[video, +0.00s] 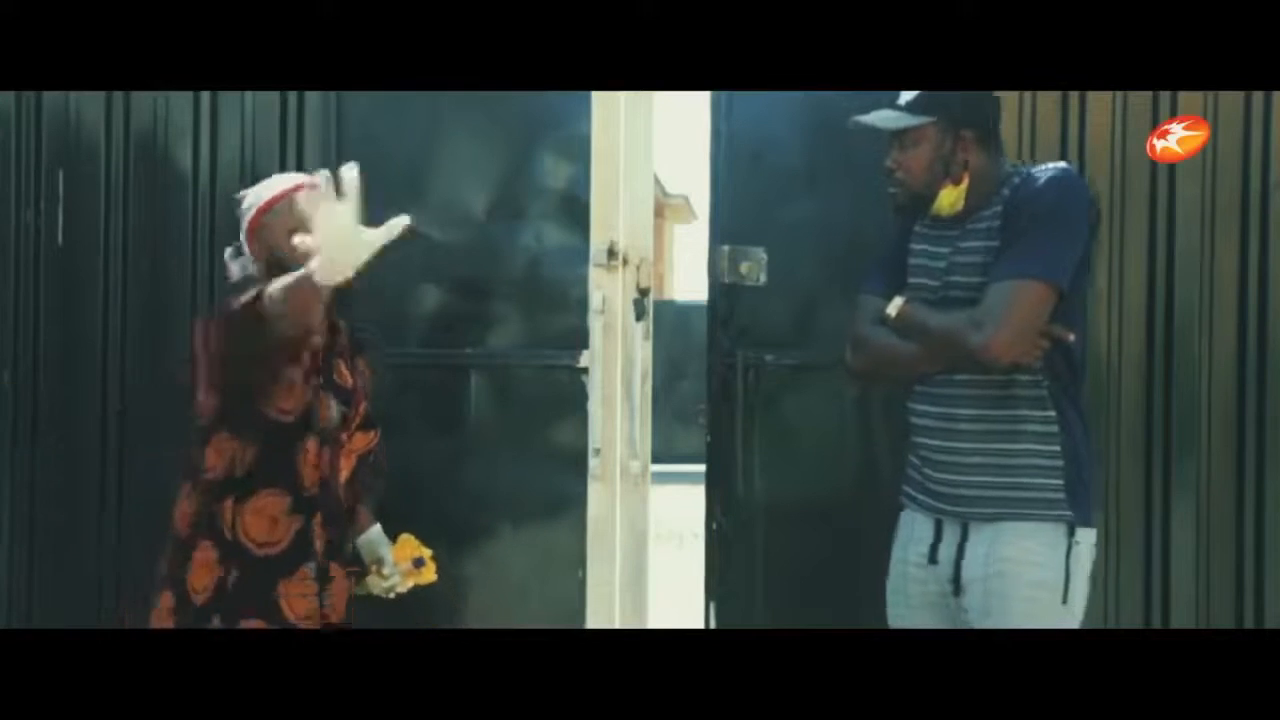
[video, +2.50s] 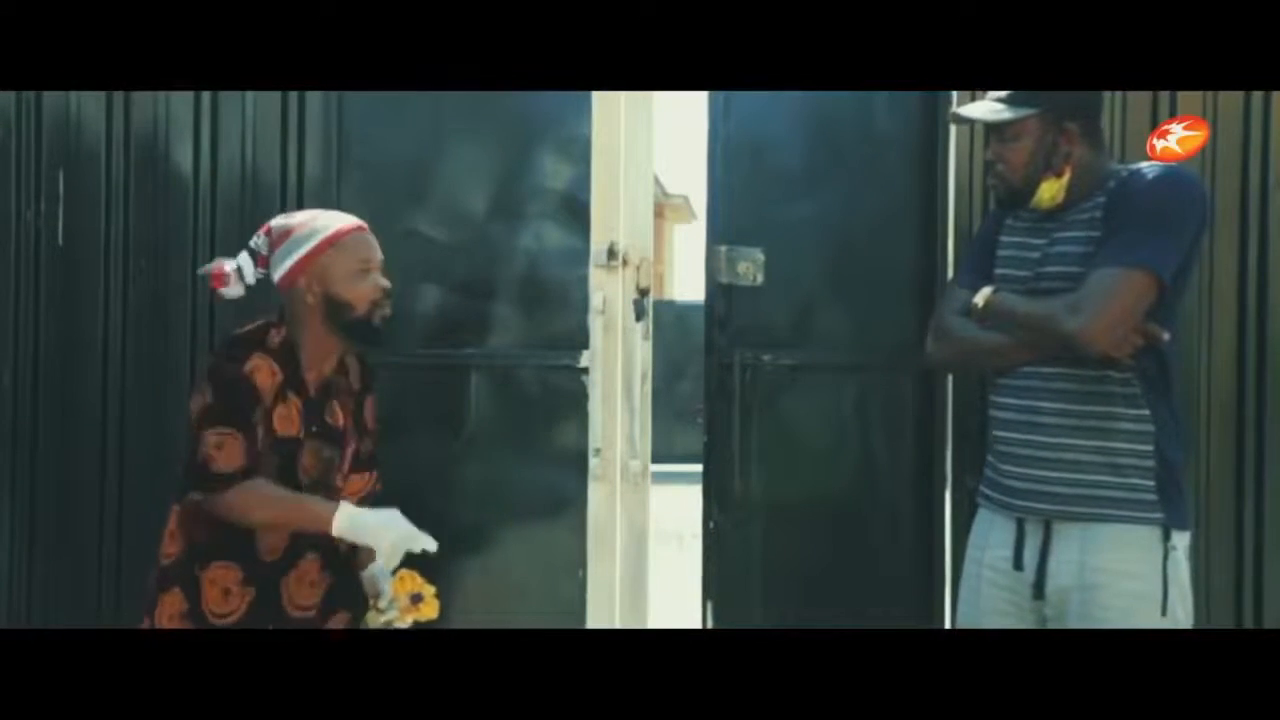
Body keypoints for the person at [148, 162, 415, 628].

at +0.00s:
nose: (313, 241)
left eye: (319, 227)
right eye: (296, 229)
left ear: (332, 231)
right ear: (260, 245)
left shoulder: (343, 347)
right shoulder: (237, 324)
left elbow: (343, 469)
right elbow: (278, 311)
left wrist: (375, 546)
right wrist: (320, 273)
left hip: (315, 554)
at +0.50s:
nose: (358, 290)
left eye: (364, 276)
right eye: (336, 277)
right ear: (282, 288)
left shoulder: (342, 383)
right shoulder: (225, 369)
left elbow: (332, 504)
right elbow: (152, 477)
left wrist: (360, 564)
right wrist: (260, 465)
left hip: (309, 612)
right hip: (207, 612)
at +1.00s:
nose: (282, 294)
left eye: (301, 278)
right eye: (260, 278)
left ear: (321, 290)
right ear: (229, 288)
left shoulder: (334, 375)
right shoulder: (184, 368)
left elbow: (354, 489)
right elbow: (94, 470)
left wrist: (392, 572)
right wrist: (152, 418)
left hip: (288, 614)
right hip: (175, 612)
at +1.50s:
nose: (340, 296)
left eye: (353, 281)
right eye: (315, 281)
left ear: (366, 292)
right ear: (273, 291)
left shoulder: (344, 382)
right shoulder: (223, 369)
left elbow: (336, 500)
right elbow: (196, 427)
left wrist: (369, 575)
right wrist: (246, 363)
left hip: (300, 603)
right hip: (206, 603)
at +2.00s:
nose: (351, 299)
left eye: (364, 283)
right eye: (327, 283)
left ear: (380, 292)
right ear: (286, 294)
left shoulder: (356, 370)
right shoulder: (254, 357)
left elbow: (342, 497)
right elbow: (278, 419)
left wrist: (367, 575)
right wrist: (389, 352)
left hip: (306, 600)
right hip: (220, 605)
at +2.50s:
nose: (385, 285)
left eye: (380, 271)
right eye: (364, 273)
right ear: (309, 286)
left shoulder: (356, 374)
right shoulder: (241, 366)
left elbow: (353, 499)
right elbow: (219, 490)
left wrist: (374, 572)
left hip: (318, 602)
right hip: (225, 603)